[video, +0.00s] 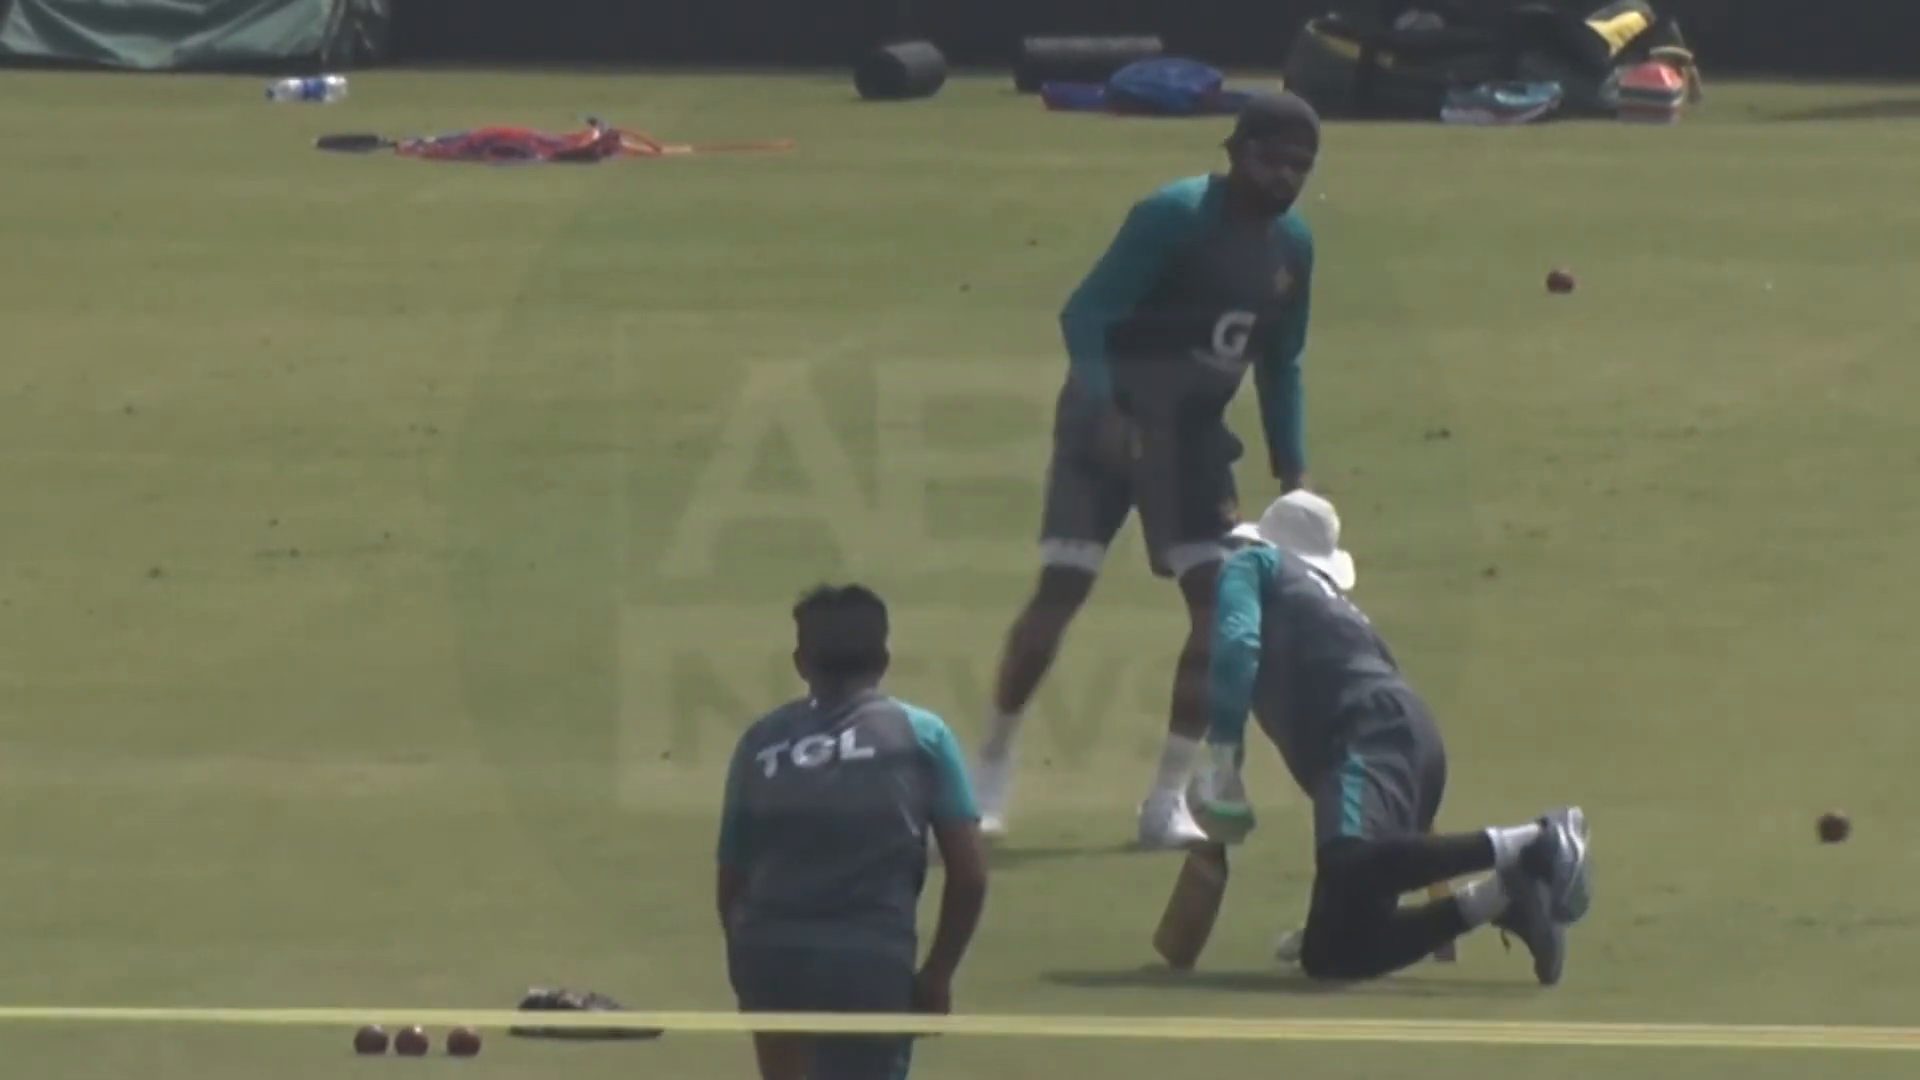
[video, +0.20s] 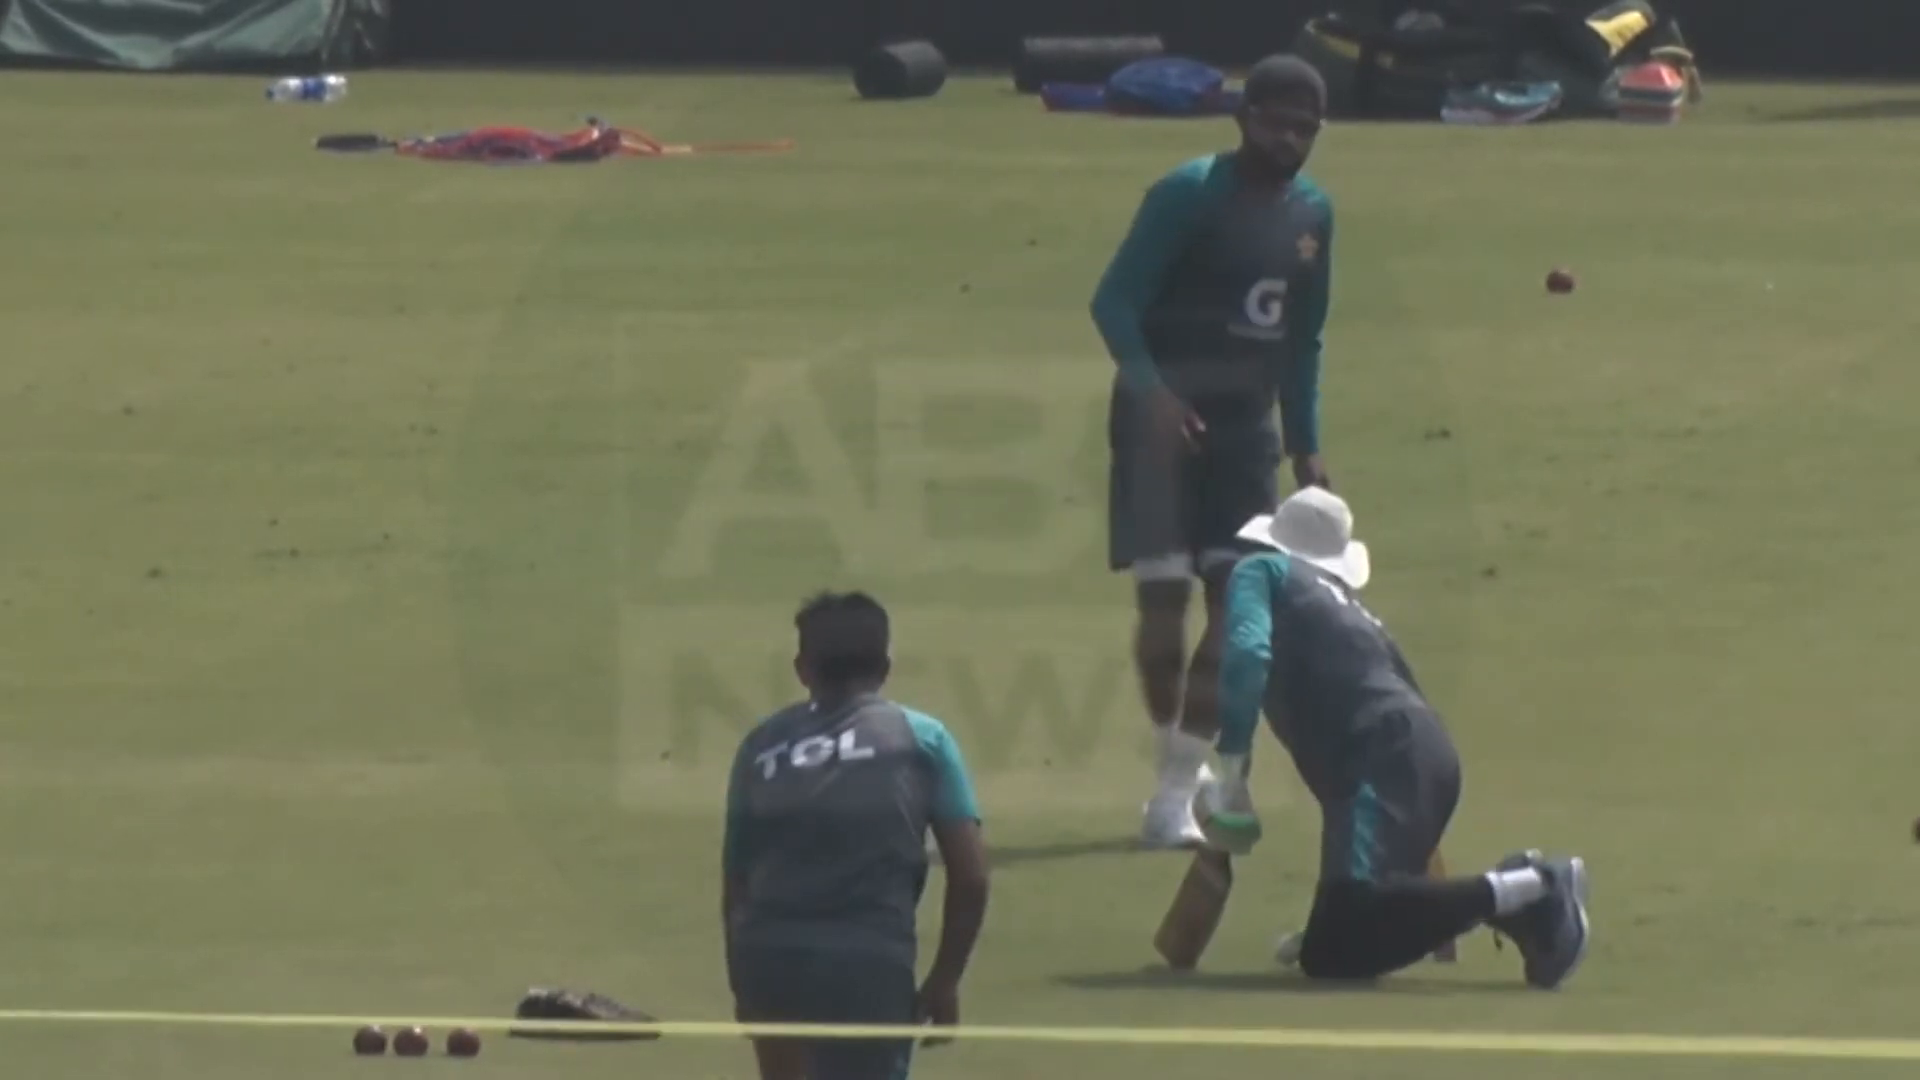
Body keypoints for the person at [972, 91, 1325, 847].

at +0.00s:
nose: (1285, 177)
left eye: (1299, 166)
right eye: (1273, 160)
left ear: (1309, 172)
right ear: (1237, 152)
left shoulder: (1291, 246)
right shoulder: (1172, 216)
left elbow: (1280, 365)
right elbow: (1082, 313)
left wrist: (1293, 480)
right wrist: (1100, 412)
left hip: (1188, 427)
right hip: (1105, 411)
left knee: (1218, 607)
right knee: (1064, 585)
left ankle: (1168, 803)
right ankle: (992, 762)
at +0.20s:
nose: (1290, 140)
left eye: (1304, 128)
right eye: (1277, 124)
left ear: (1318, 132)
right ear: (1244, 115)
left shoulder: (1311, 214)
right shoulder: (1186, 194)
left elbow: (1303, 342)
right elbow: (1111, 300)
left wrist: (1305, 450)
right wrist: (1150, 393)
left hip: (1245, 420)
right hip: (1160, 415)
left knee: (1236, 608)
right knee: (1164, 599)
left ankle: (1175, 799)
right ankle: (1187, 770)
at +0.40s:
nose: (1304, 126)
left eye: (1320, 114)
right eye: (1290, 110)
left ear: (1336, 118)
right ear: (1261, 107)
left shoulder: (1334, 200)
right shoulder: (1209, 200)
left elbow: (1328, 330)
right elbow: (1153, 319)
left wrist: (1338, 431)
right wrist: (1199, 405)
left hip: (1304, 421)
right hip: (1217, 424)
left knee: (1307, 603)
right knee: (1219, 602)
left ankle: (1262, 787)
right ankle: (1209, 787)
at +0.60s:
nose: (1361, 121)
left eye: (1376, 107)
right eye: (1346, 104)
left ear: (1393, 109)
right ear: (1315, 100)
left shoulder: (1383, 184)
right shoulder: (1260, 183)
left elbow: (1383, 312)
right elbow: (1202, 291)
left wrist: (1406, 415)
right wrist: (1279, 348)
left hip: (1354, 414)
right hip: (1264, 415)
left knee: (1387, 590)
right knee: (1248, 596)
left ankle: (1370, 787)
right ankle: (1219, 785)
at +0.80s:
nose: (1481, 139)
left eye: (1485, 125)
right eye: (1471, 124)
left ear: (1468, 119)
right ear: (1425, 114)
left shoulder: (1452, 191)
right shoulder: (1351, 189)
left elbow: (1446, 319)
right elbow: (1310, 298)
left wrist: (1483, 422)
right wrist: (1415, 274)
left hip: (1430, 423)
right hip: (1347, 421)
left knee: (1459, 603)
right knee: (1301, 600)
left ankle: (1453, 800)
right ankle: (1227, 783)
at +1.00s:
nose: (1570, 140)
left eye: (1575, 126)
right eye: (1566, 123)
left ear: (1542, 113)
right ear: (1522, 108)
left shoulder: (1519, 180)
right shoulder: (1450, 176)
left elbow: (1511, 304)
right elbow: (1464, 285)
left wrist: (1552, 399)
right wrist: (1530, 222)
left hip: (1506, 403)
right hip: (1443, 401)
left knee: (1520, 584)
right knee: (1473, 574)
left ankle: (1489, 779)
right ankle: (1332, 749)